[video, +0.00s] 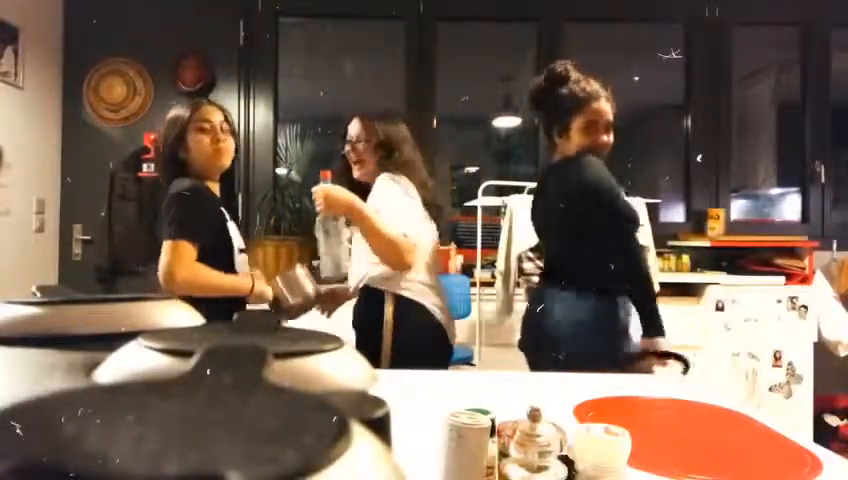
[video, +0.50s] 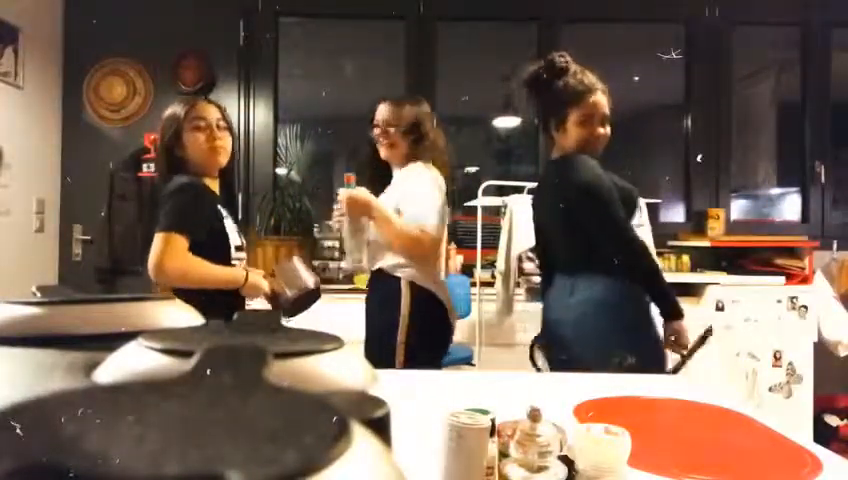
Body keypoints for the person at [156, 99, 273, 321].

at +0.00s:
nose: (219, 138)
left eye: (225, 129)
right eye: (204, 130)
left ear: (234, 141)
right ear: (180, 146)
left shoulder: (214, 198)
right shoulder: (188, 195)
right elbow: (175, 274)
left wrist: (253, 279)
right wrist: (249, 286)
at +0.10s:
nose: (217, 134)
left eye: (223, 126)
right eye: (202, 126)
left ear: (232, 137)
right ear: (178, 142)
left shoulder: (212, 191)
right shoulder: (186, 190)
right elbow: (172, 270)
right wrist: (247, 282)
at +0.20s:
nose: (216, 144)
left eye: (222, 136)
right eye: (201, 137)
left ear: (231, 147)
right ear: (177, 151)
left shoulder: (212, 206)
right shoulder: (187, 202)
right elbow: (174, 280)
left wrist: (246, 277)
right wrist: (248, 289)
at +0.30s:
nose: (215, 140)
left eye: (221, 131)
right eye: (200, 132)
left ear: (230, 142)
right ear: (177, 148)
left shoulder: (212, 200)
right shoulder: (186, 197)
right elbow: (172, 277)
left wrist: (246, 276)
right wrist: (246, 287)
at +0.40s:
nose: (214, 131)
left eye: (220, 122)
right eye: (199, 123)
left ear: (230, 133)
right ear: (176, 141)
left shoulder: (213, 188)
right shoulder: (185, 185)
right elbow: (166, 263)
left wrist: (249, 271)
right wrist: (241, 276)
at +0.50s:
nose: (215, 135)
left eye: (221, 127)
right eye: (200, 128)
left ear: (231, 137)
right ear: (177, 145)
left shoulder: (212, 196)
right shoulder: (186, 191)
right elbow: (165, 266)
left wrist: (251, 276)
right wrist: (241, 279)